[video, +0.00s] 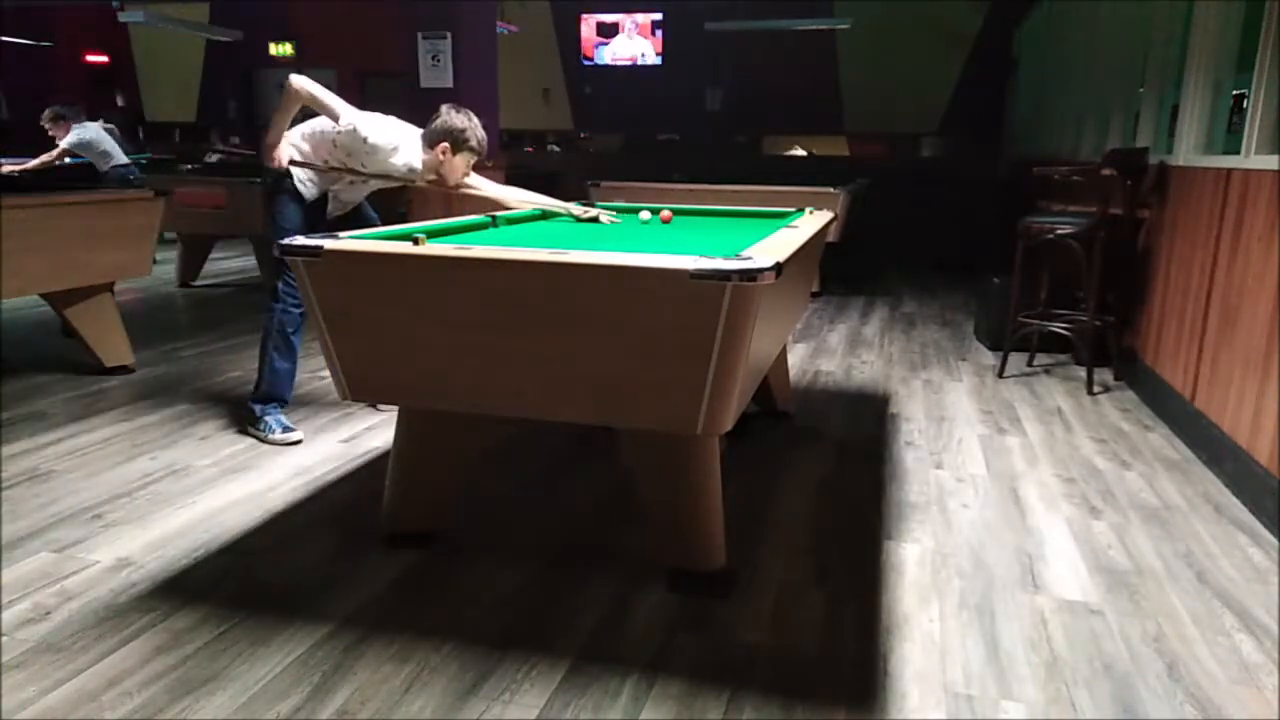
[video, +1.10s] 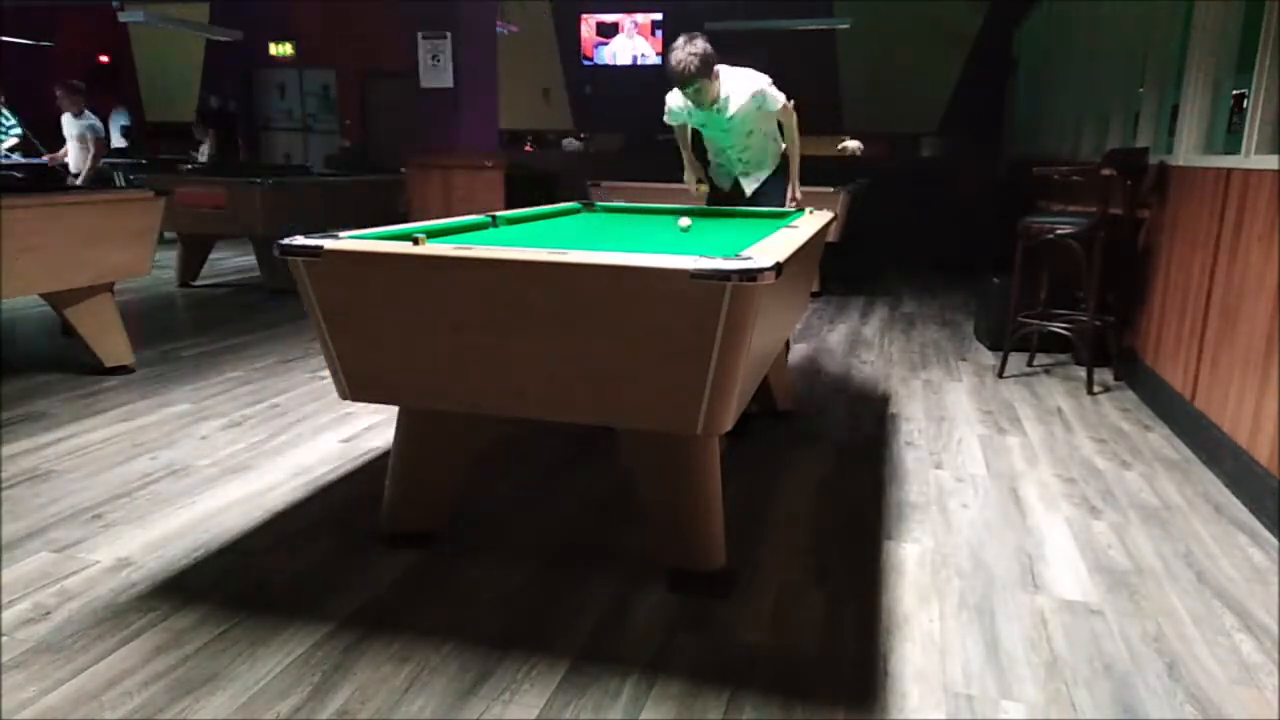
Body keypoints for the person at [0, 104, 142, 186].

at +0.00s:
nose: (50, 134)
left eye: (51, 129)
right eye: (48, 130)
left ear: (64, 124)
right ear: (67, 123)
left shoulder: (76, 137)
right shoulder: (91, 125)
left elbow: (52, 157)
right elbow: (113, 129)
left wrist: (19, 168)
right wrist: (118, 149)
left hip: (117, 174)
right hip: (131, 171)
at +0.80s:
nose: (48, 132)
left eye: (50, 127)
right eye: (47, 128)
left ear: (62, 123)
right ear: (66, 120)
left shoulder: (73, 139)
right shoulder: (86, 121)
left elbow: (50, 160)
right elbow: (108, 124)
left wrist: (18, 168)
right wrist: (107, 147)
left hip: (119, 172)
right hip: (130, 165)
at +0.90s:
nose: (73, 107)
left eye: (76, 103)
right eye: (72, 104)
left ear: (89, 104)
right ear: (90, 105)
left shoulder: (93, 124)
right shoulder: (108, 117)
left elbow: (83, 153)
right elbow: (125, 132)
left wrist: (59, 173)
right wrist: (116, 153)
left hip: (109, 171)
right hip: (121, 169)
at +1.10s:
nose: (58, 102)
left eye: (62, 98)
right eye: (58, 98)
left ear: (76, 99)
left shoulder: (92, 124)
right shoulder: (65, 118)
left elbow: (96, 155)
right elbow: (72, 144)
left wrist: (81, 180)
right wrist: (59, 156)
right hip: (73, 174)